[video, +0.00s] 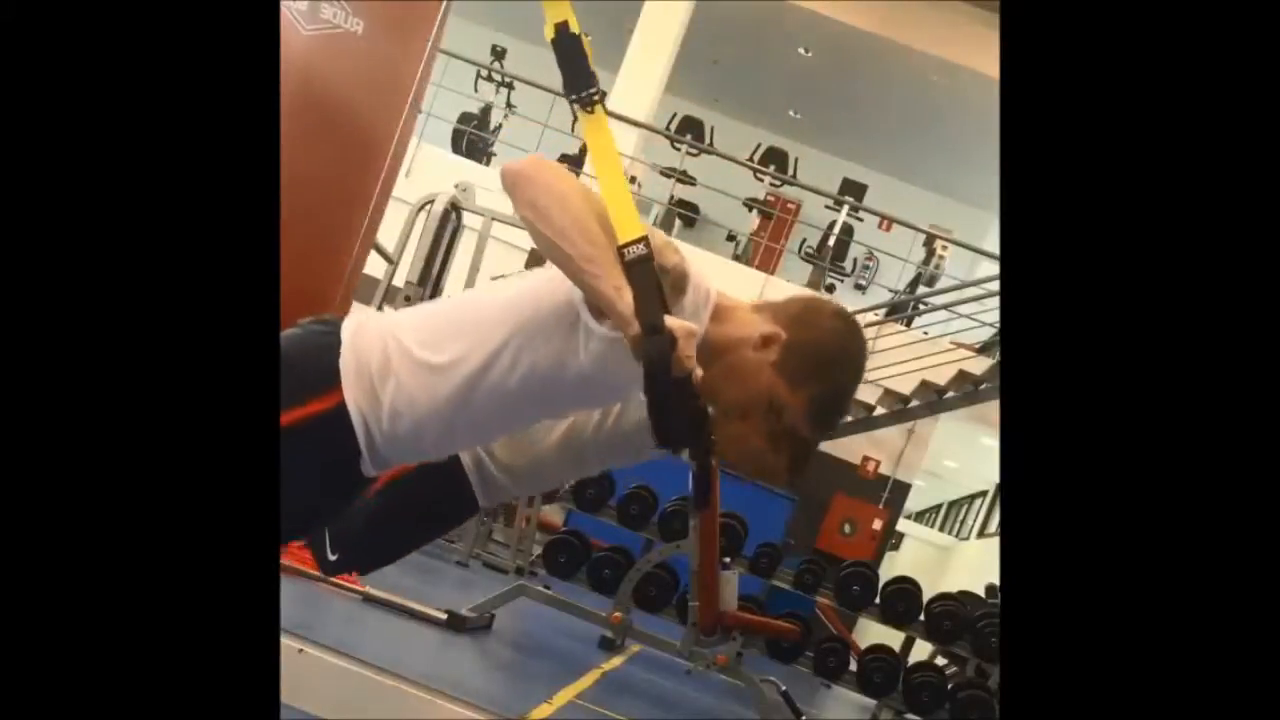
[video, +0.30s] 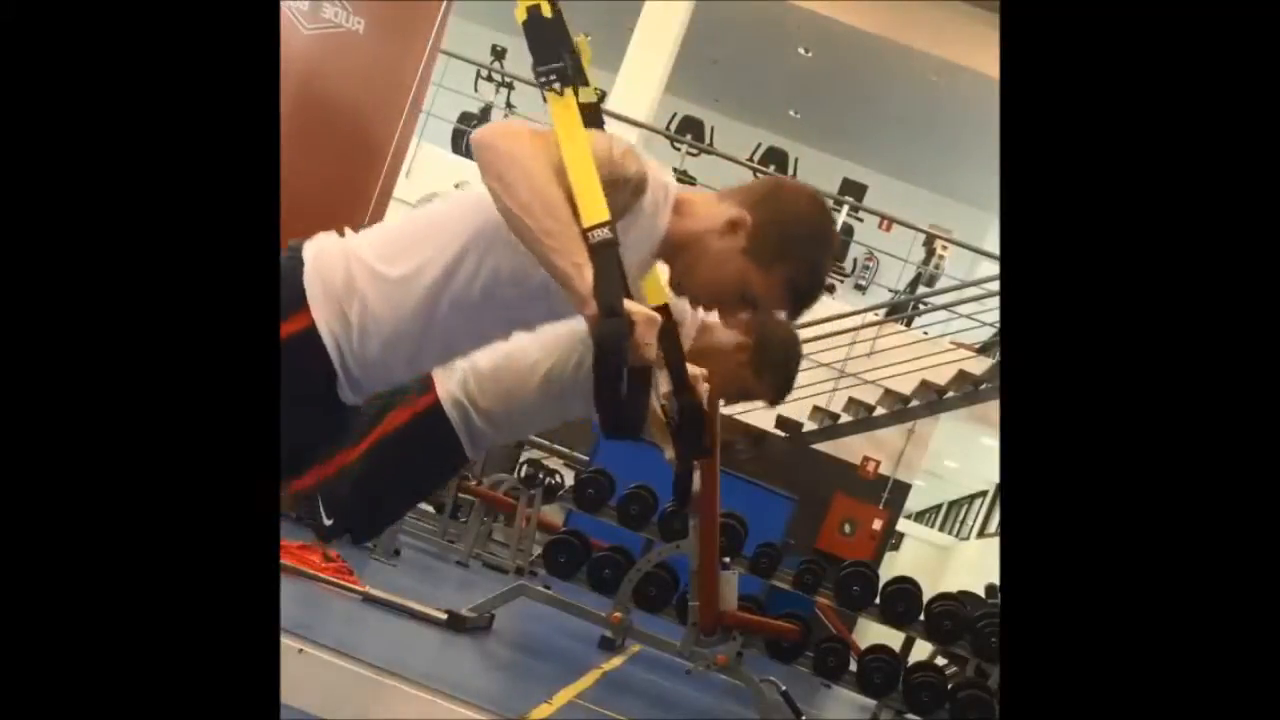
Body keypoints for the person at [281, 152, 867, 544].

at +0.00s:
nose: (749, 423)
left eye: (768, 423)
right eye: (768, 410)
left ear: (766, 338)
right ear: (767, 341)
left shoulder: (678, 367)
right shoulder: (667, 277)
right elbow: (528, 177)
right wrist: (629, 313)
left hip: (357, 448)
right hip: (326, 402)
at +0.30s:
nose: (730, 314)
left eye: (750, 312)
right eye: (748, 297)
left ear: (740, 226)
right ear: (737, 228)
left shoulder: (640, 264)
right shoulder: (627, 170)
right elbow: (500, 143)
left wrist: (662, 388)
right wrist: (604, 303)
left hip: (346, 388)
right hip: (306, 324)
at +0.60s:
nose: (706, 200)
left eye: (728, 194)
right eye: (721, 177)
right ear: (700, 109)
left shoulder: (612, 173)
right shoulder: (578, 75)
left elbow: (610, 278)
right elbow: (500, 142)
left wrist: (656, 375)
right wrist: (594, 282)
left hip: (338, 342)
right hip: (295, 278)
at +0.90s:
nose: (698, 135)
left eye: (712, 123)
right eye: (705, 108)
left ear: (666, 39)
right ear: (670, 36)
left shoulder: (590, 136)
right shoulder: (545, 28)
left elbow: (608, 248)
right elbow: (499, 143)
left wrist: (657, 375)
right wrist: (584, 288)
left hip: (331, 332)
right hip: (289, 269)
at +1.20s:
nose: (718, 190)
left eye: (735, 181)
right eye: (729, 167)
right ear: (701, 98)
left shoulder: (615, 177)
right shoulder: (578, 73)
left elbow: (593, 275)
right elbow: (490, 138)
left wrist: (653, 380)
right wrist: (581, 273)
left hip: (344, 355)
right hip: (299, 290)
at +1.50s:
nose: (749, 331)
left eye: (769, 328)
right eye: (768, 315)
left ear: (754, 251)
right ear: (753, 251)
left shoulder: (670, 289)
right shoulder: (645, 202)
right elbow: (504, 168)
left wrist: (668, 408)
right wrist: (629, 307)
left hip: (367, 426)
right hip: (326, 367)